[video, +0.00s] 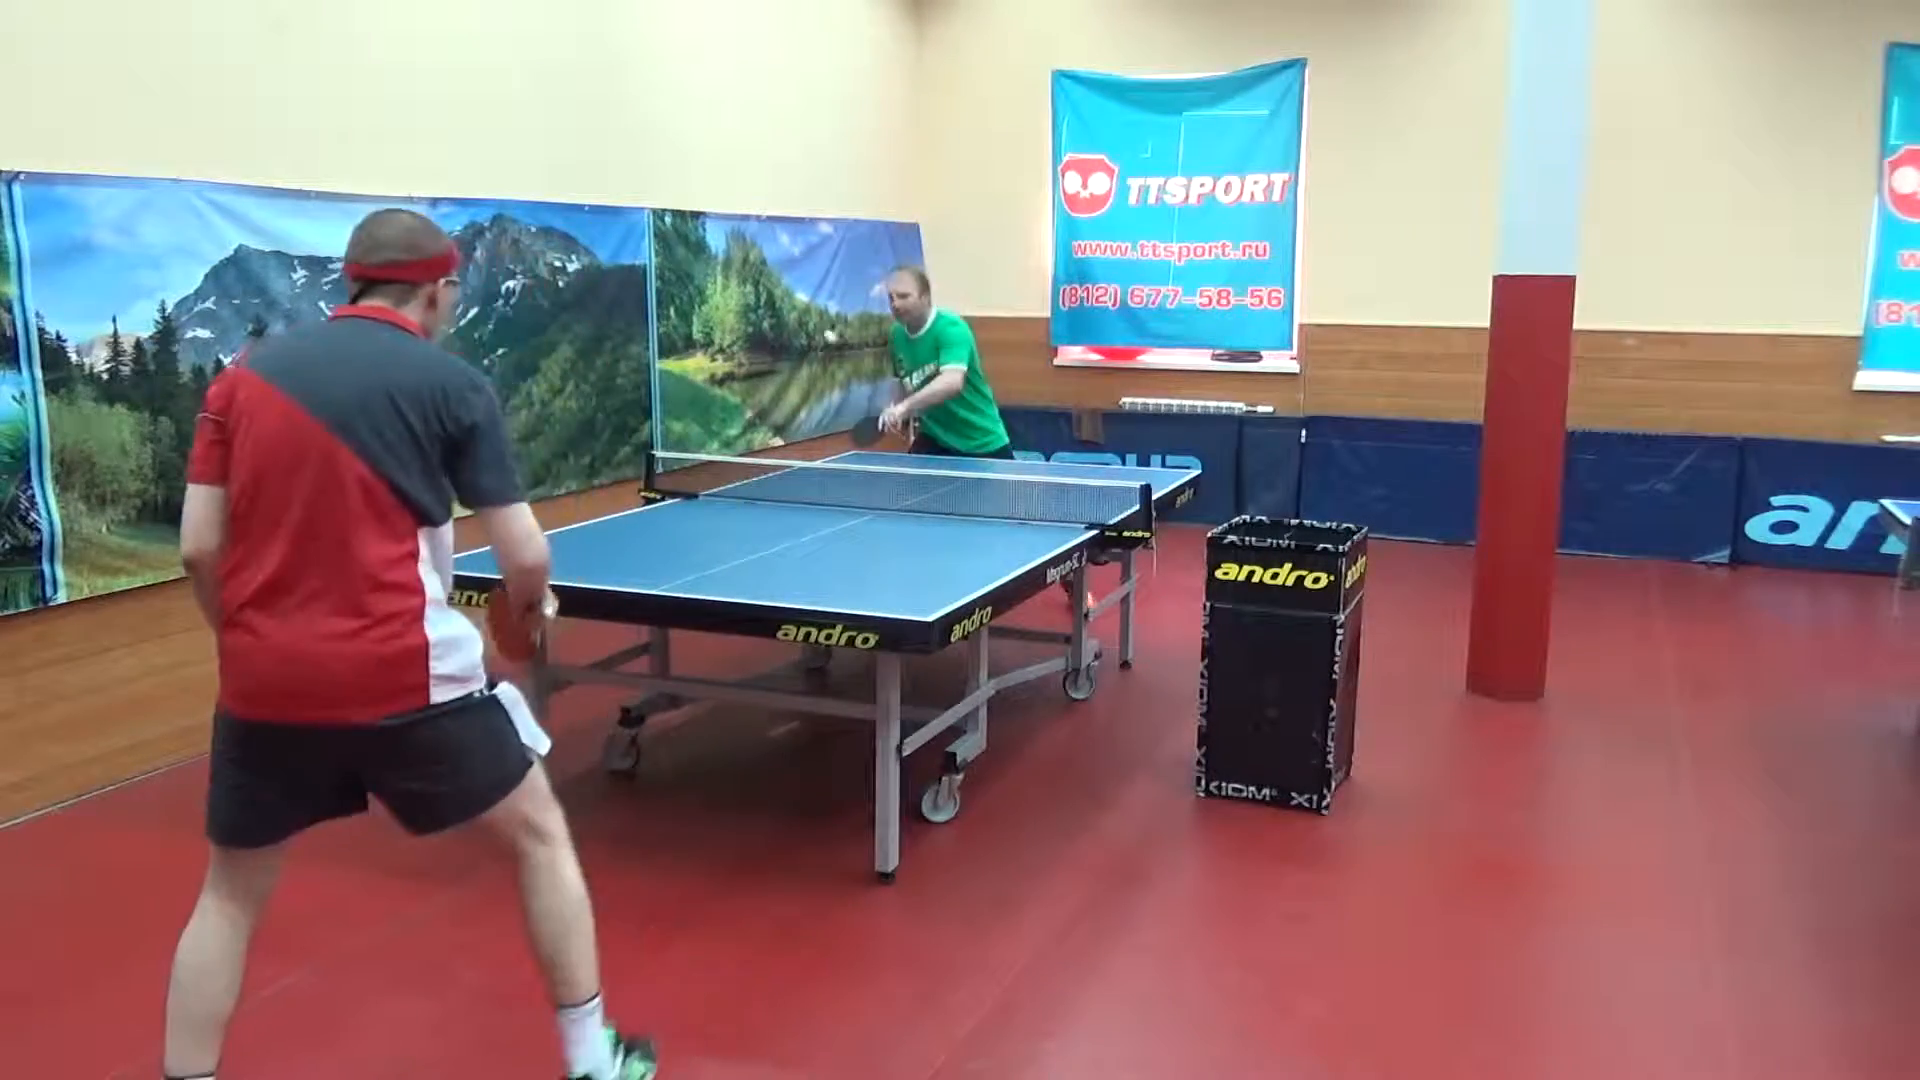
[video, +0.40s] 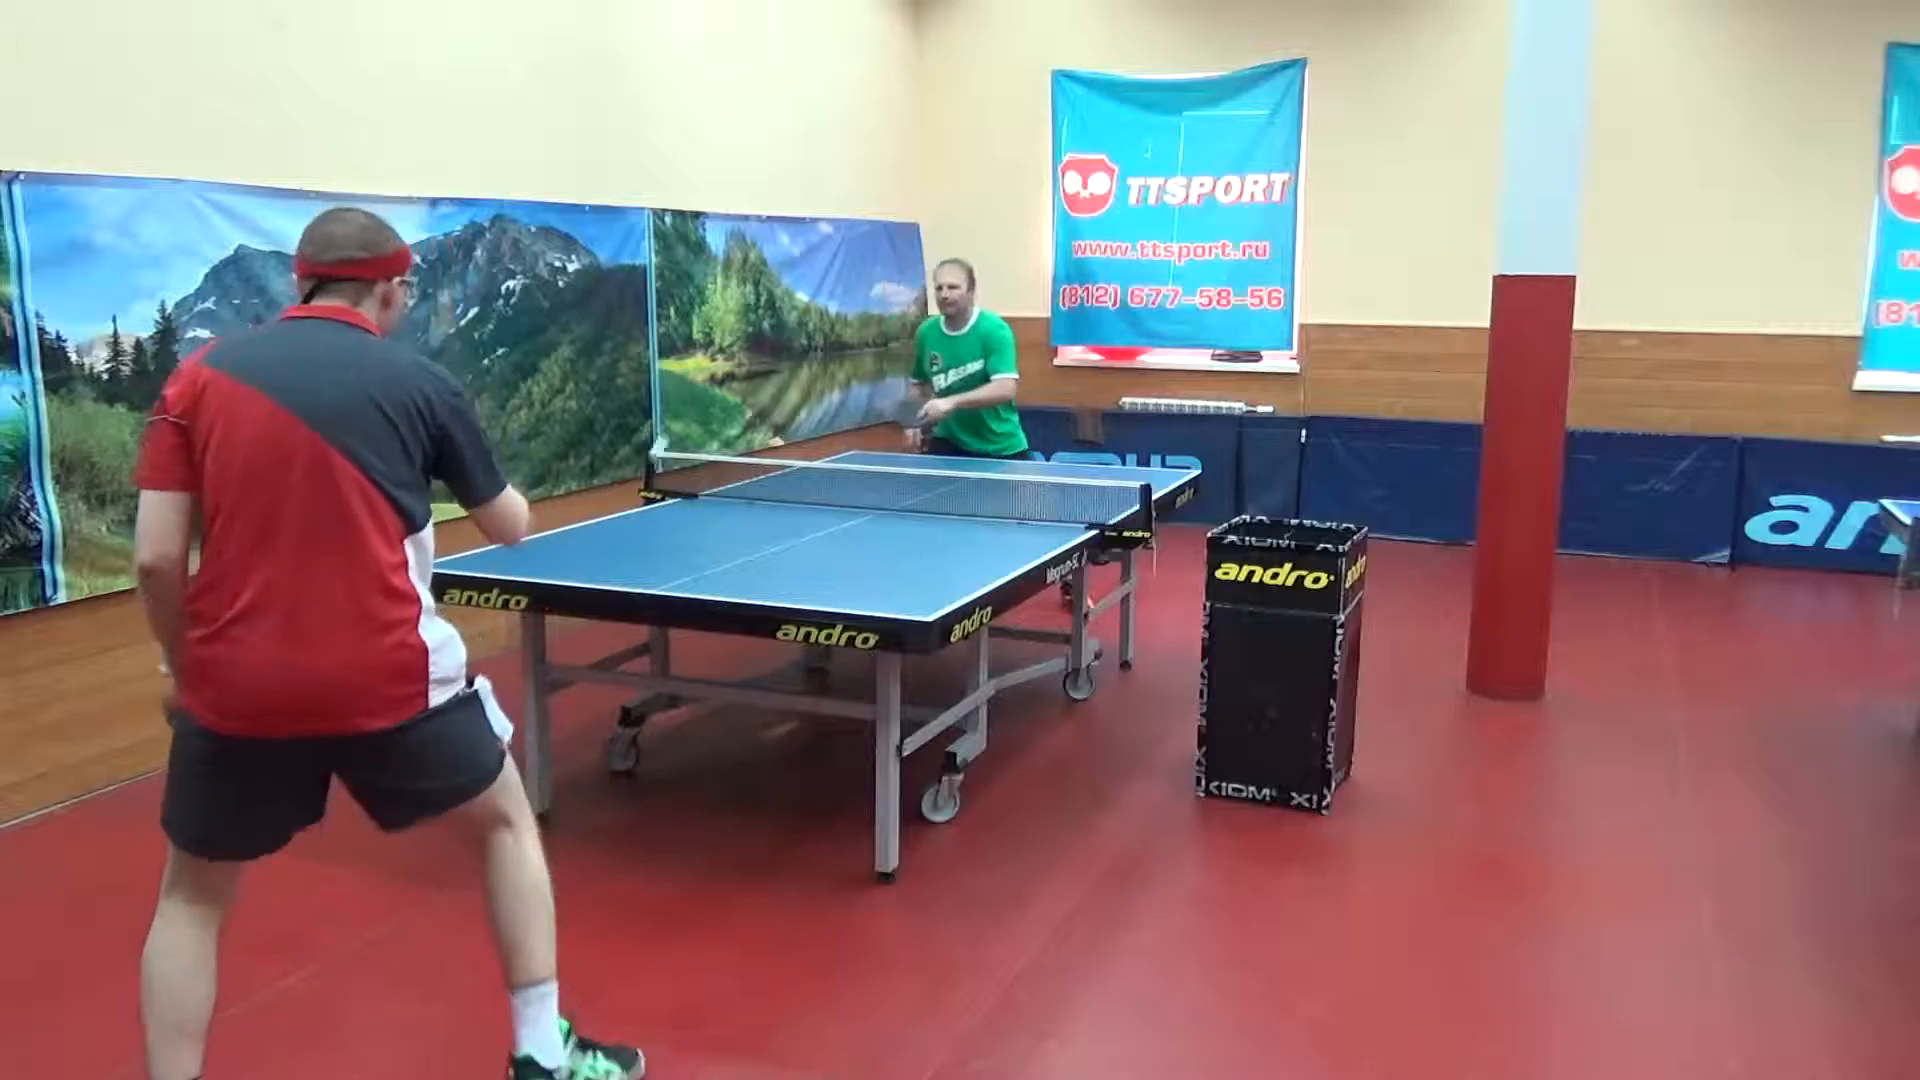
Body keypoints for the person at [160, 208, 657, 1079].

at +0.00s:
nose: (451, 309)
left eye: (450, 293)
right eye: (451, 293)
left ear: (352, 285)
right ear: (431, 293)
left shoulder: (248, 368)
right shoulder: (448, 382)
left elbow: (199, 546)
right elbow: (527, 560)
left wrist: (246, 642)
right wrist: (518, 621)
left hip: (263, 683)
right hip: (406, 677)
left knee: (228, 894)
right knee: (537, 834)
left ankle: (185, 1074)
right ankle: (592, 1058)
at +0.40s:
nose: (406, 304)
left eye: (402, 290)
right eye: (404, 291)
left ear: (301, 283)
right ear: (389, 288)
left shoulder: (203, 372)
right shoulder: (416, 382)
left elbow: (158, 555)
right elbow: (510, 525)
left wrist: (182, 665)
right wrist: (486, 473)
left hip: (234, 685)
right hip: (386, 676)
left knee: (192, 895)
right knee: (503, 819)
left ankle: (172, 1075)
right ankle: (543, 1048)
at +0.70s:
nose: (421, 291)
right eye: (423, 280)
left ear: (327, 278)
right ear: (417, 280)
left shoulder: (277, 360)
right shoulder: (463, 357)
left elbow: (226, 541)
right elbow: (532, 495)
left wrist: (200, 653)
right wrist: (425, 497)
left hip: (332, 647)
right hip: (470, 638)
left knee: (248, 877)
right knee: (507, 797)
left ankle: (202, 1069)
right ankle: (533, 996)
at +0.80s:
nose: (431, 283)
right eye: (431, 273)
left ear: (335, 272)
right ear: (425, 272)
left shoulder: (283, 357)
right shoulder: (473, 347)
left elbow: (250, 536)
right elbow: (549, 467)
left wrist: (226, 650)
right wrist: (457, 470)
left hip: (345, 639)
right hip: (483, 631)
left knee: (270, 866)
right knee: (514, 790)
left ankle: (229, 1070)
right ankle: (536, 995)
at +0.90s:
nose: (425, 269)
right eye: (423, 258)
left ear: (323, 257)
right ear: (411, 255)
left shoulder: (275, 353)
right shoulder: (467, 326)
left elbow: (252, 540)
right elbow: (570, 400)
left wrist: (249, 642)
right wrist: (514, 442)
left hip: (349, 627)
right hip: (483, 617)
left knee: (277, 858)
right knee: (517, 792)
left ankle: (240, 1069)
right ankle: (536, 993)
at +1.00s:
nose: (386, 260)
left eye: (380, 250)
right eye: (384, 249)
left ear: (291, 258)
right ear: (375, 250)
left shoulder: (254, 367)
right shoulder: (444, 309)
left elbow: (255, 554)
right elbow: (597, 328)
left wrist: (270, 648)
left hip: (339, 631)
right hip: (477, 616)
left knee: (265, 855)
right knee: (515, 796)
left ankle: (227, 1070)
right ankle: (538, 995)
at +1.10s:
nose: (361, 270)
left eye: (354, 259)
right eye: (358, 259)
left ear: (262, 270)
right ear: (344, 262)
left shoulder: (225, 383)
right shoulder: (421, 316)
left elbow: (242, 575)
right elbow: (575, 303)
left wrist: (286, 658)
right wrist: (661, 273)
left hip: (316, 653)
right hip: (455, 630)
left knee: (239, 871)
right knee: (508, 799)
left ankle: (193, 1070)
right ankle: (536, 995)